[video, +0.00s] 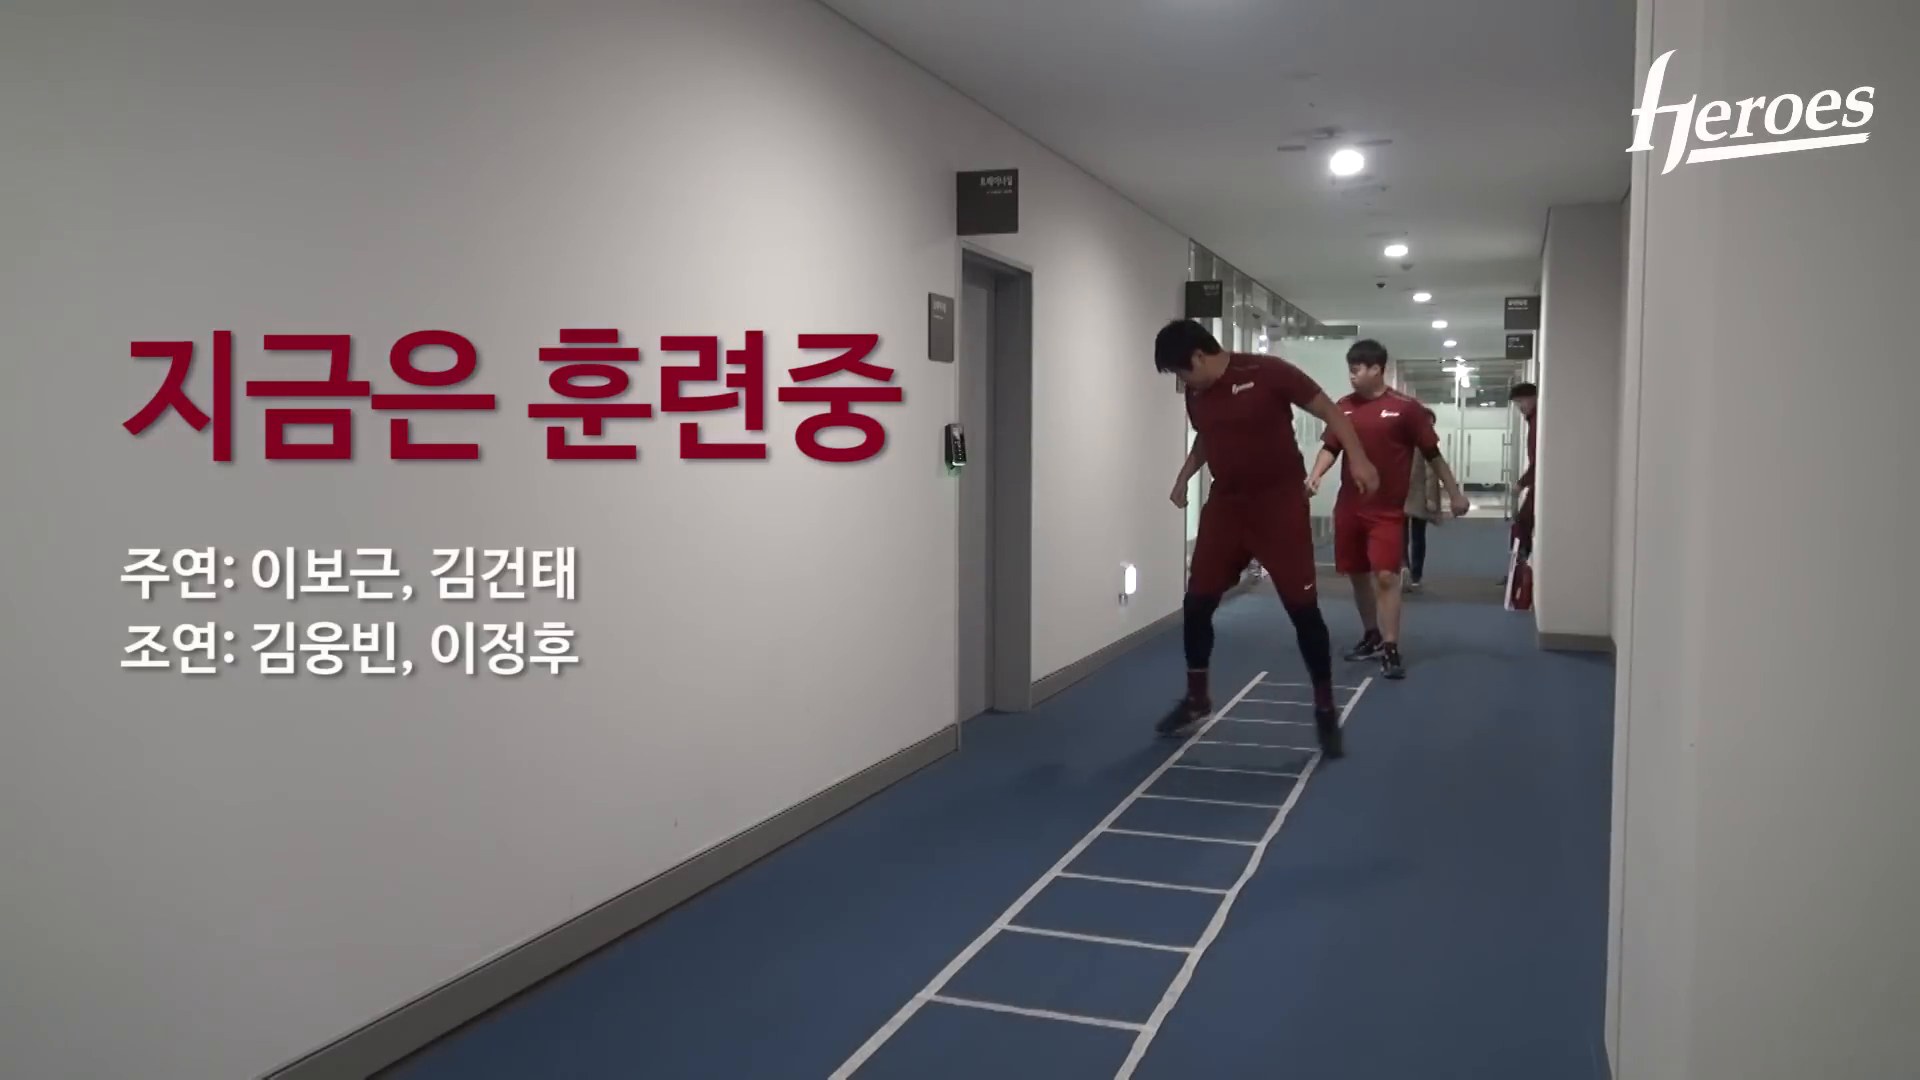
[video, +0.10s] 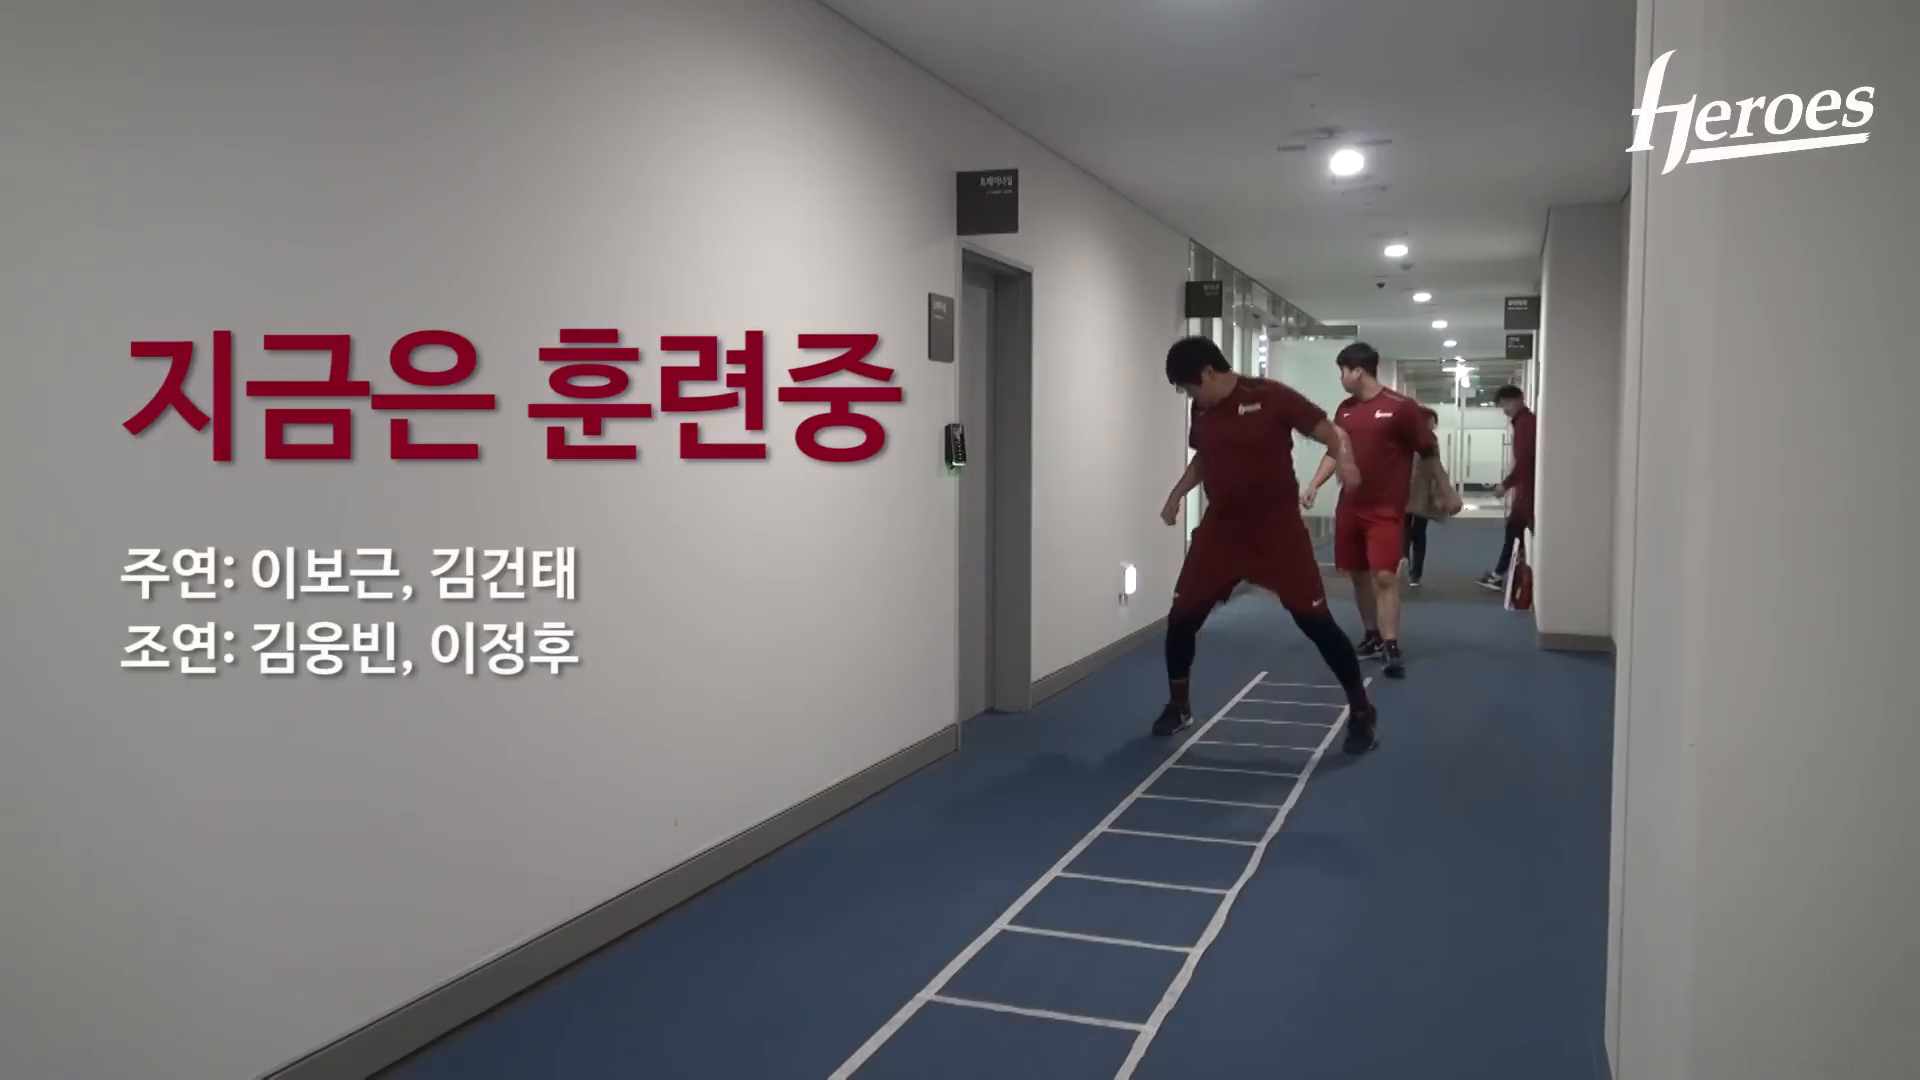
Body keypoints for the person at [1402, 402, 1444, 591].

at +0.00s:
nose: (1427, 427)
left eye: (1429, 423)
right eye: (1423, 423)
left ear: (1431, 425)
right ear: (1414, 424)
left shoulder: (1429, 449)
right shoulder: (1403, 444)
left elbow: (1432, 476)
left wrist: (1432, 501)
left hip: (1417, 497)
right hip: (1399, 496)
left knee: (1417, 537)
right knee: (1401, 536)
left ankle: (1416, 575)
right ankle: (1404, 567)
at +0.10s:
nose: (1428, 427)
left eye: (1431, 423)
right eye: (1425, 423)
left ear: (1434, 425)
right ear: (1417, 424)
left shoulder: (1430, 444)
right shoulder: (1406, 442)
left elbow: (1434, 473)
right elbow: (1433, 474)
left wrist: (1438, 497)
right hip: (1405, 496)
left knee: (1419, 535)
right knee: (1404, 532)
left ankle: (1415, 574)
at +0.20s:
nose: (1434, 422)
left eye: (1434, 419)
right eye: (1433, 419)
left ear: (1416, 418)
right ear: (1427, 419)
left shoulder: (1405, 435)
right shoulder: (1431, 436)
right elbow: (1438, 465)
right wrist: (1446, 493)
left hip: (1402, 492)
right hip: (1421, 492)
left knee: (1404, 533)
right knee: (1419, 534)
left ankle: (1405, 566)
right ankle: (1415, 573)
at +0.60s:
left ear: (1411, 416)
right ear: (1427, 415)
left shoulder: (1406, 432)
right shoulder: (1434, 433)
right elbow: (1440, 462)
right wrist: (1445, 488)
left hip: (1407, 485)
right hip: (1427, 487)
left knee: (1408, 524)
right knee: (1424, 527)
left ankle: (1407, 560)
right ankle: (1421, 560)